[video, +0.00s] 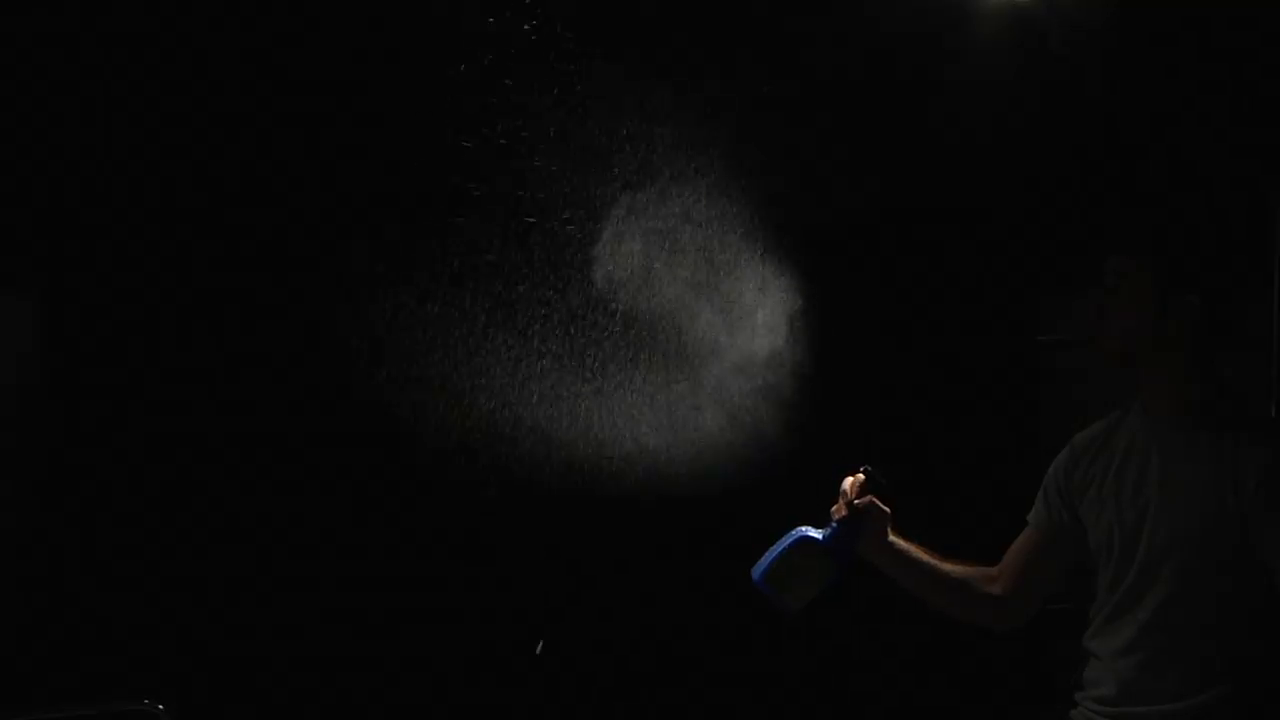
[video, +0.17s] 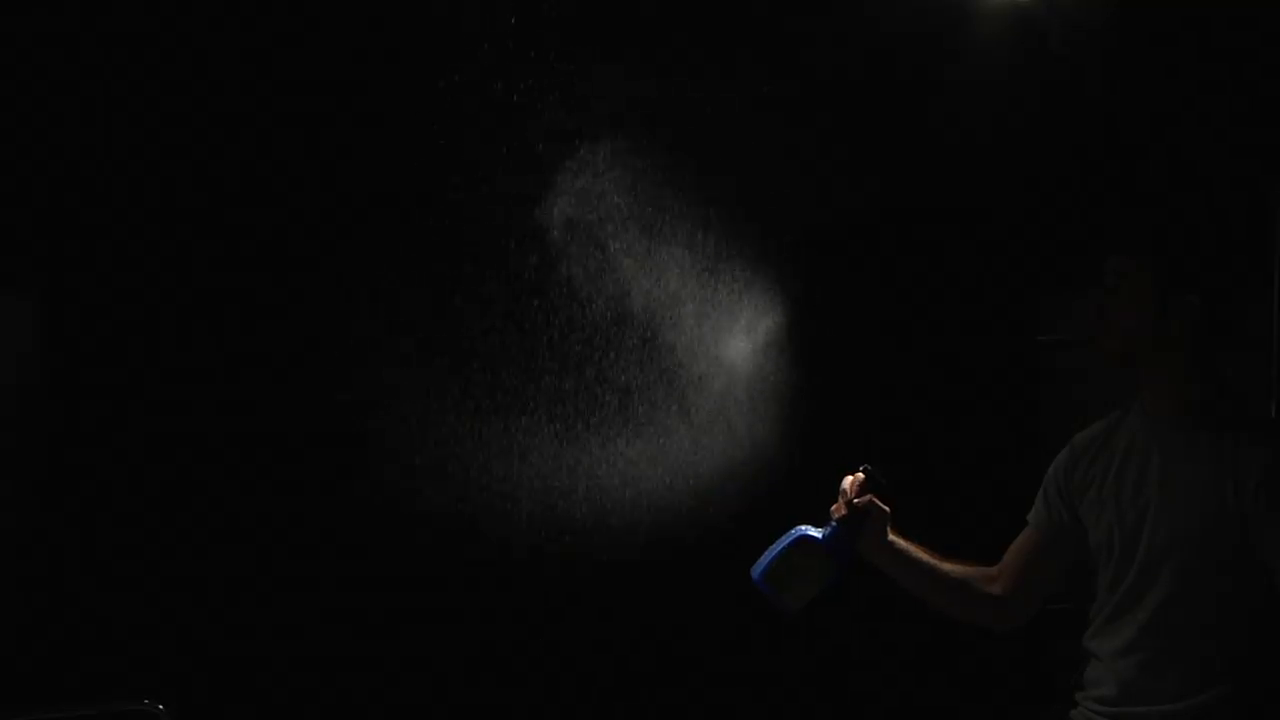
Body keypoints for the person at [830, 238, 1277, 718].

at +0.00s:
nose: (1103, 309)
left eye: (1123, 291)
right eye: (1110, 292)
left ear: (1179, 311)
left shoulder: (1246, 445)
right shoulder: (1093, 456)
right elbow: (1005, 595)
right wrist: (882, 545)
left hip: (1218, 696)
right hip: (1107, 697)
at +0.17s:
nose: (1103, 311)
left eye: (1123, 293)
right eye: (1109, 293)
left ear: (1179, 311)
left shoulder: (1247, 446)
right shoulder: (1093, 457)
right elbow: (1004, 595)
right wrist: (881, 544)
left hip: (1219, 696)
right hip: (1107, 697)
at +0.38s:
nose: (1103, 312)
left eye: (1123, 295)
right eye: (1109, 295)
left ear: (1179, 311)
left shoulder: (1247, 447)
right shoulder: (1093, 457)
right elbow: (1004, 595)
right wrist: (881, 544)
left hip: (1218, 698)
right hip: (1106, 699)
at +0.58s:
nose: (1101, 309)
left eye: (1121, 290)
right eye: (1107, 290)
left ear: (1179, 310)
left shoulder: (1246, 447)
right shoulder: (1091, 457)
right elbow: (1003, 595)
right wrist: (881, 544)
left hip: (1217, 698)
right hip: (1106, 699)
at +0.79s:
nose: (1101, 311)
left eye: (1122, 292)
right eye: (1108, 292)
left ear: (1180, 311)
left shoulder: (1247, 447)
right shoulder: (1091, 457)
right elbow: (1003, 595)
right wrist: (880, 543)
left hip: (1216, 699)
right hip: (1106, 700)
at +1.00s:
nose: (1101, 311)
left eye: (1123, 292)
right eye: (1108, 292)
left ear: (1181, 309)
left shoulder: (1247, 444)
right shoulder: (1092, 457)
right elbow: (1003, 595)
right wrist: (880, 543)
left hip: (1219, 697)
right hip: (1107, 698)